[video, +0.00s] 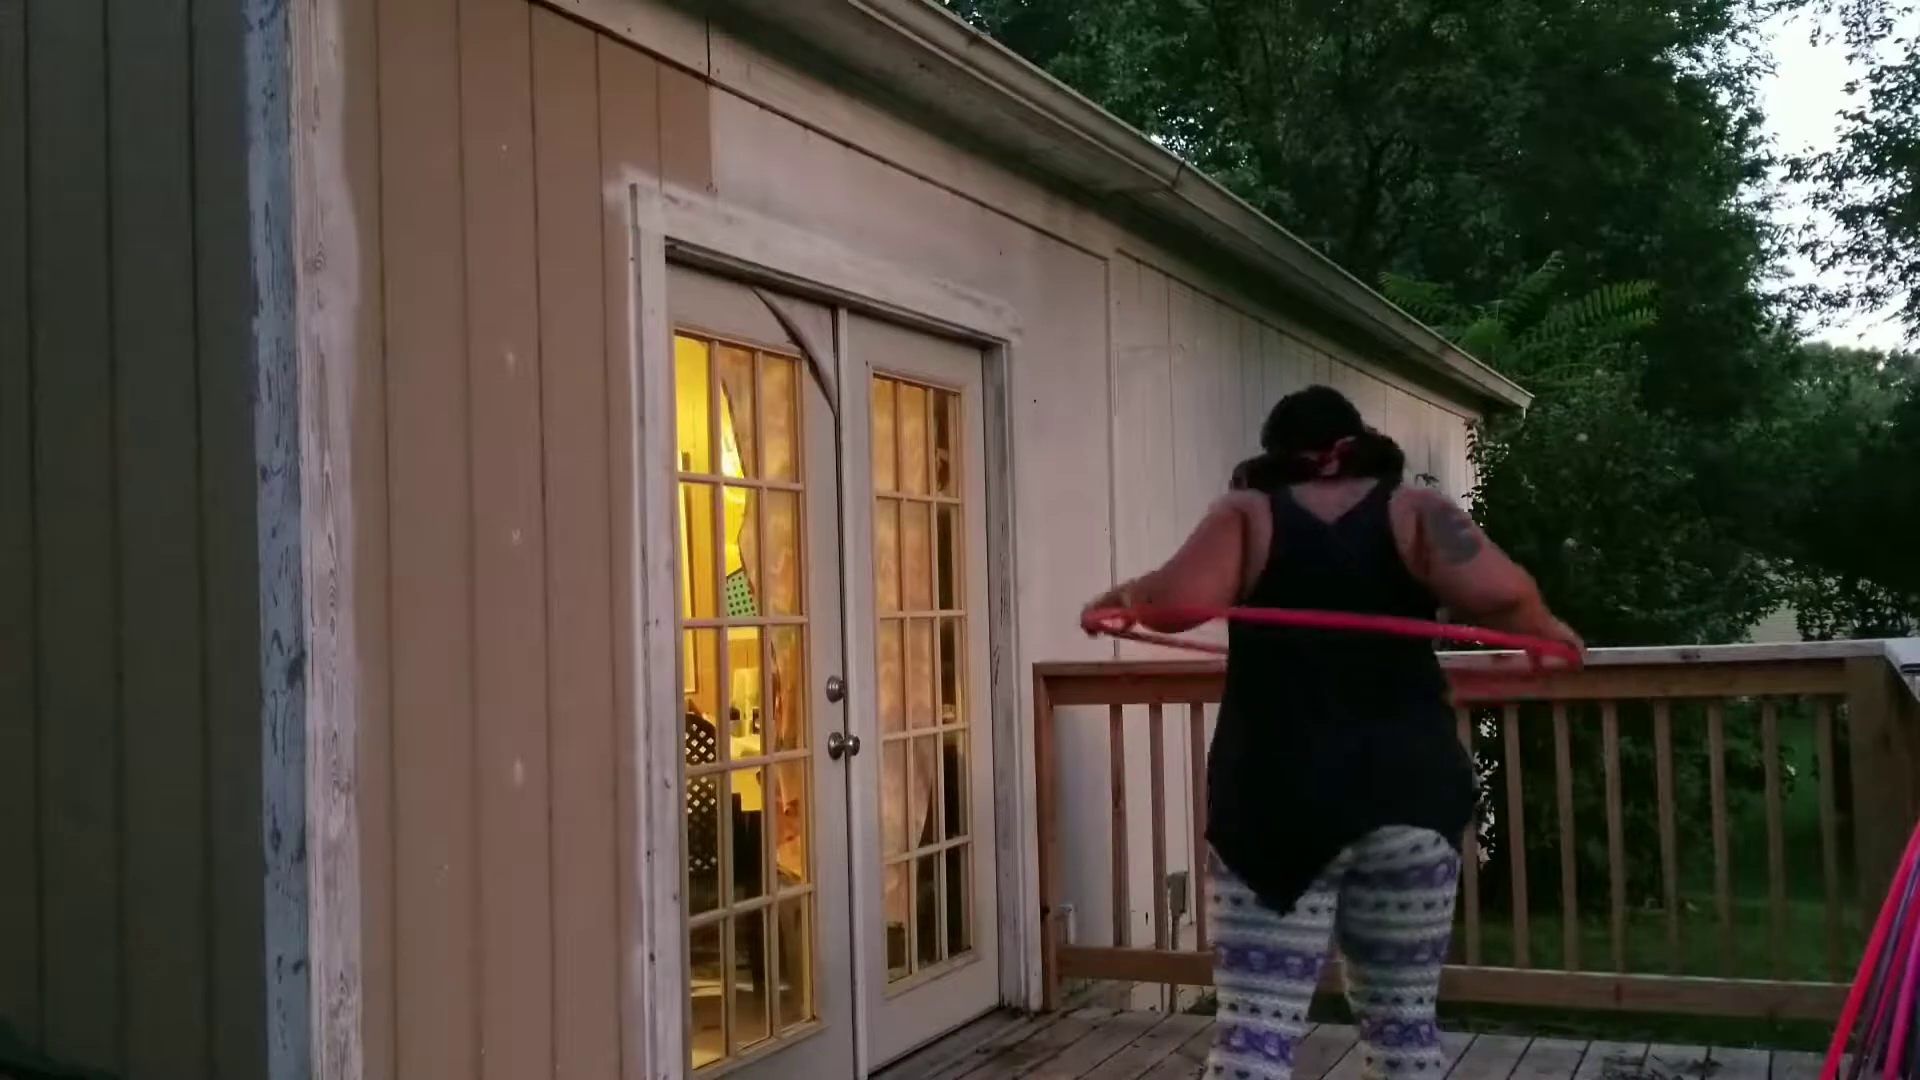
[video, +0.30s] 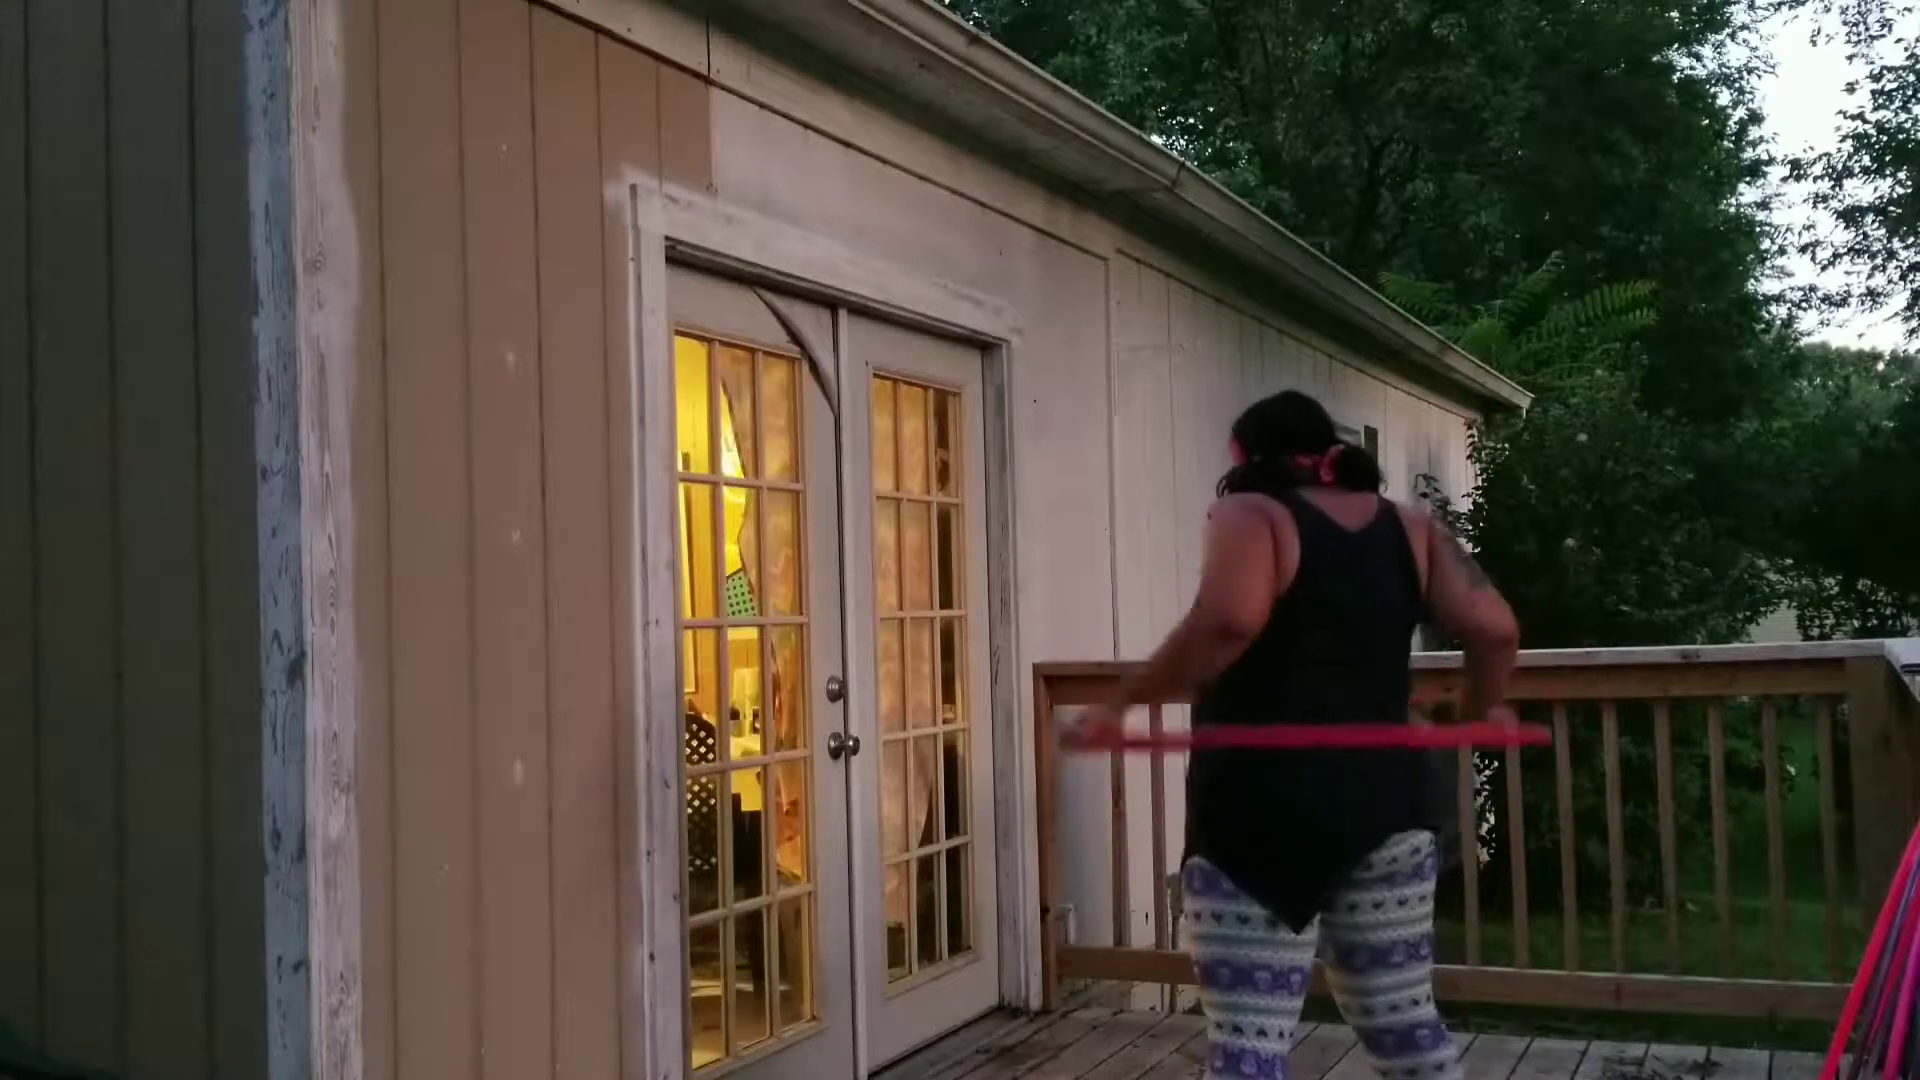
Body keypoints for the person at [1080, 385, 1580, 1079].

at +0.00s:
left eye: (1278, 459)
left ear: (1277, 459)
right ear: (1360, 449)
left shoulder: (1245, 513)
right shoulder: (1420, 509)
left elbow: (1186, 598)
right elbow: (1501, 591)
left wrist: (1130, 595)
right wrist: (1546, 634)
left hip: (1277, 801)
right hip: (1411, 795)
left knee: (1255, 1033)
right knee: (1405, 1024)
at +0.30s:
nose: (1232, 475)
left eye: (1235, 464)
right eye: (1234, 466)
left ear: (1252, 460)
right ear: (1332, 458)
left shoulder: (1248, 512)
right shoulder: (1408, 524)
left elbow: (1231, 618)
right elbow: (1494, 628)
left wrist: (1125, 696)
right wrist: (1482, 707)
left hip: (1260, 818)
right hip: (1390, 811)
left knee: (1248, 1050)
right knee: (1409, 1032)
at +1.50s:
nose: (1149, 540)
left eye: (1158, 520)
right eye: (1145, 524)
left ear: (1208, 500)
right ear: (1206, 503)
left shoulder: (1268, 539)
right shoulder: (1239, 577)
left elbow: (1401, 585)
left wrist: (1354, 717)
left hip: (1318, 845)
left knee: (1281, 1061)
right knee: (1422, 1039)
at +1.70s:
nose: (1137, 597)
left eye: (1134, 577)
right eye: (1127, 584)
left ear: (1164, 543)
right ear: (1164, 545)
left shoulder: (1263, 557)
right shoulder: (1216, 614)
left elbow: (1400, 605)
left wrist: (1358, 739)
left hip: (1320, 852)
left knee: (1281, 1063)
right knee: (1418, 1045)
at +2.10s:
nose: (1225, 592)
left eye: (1227, 571)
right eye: (1217, 578)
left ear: (1263, 538)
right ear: (1265, 542)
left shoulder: (1356, 565)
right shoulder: (1291, 605)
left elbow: (1375, 715)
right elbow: (1294, 746)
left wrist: (1380, 862)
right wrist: (1275, 878)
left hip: (1344, 883)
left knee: (1296, 1062)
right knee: (1388, 1051)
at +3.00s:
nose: (1164, 501)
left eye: (1181, 484)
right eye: (1166, 485)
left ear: (1237, 489)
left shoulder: (1289, 555)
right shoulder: (1238, 581)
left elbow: (1426, 598)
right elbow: (1261, 730)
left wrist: (1393, 743)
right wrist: (1219, 853)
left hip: (1314, 863)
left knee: (1275, 1064)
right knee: (1397, 1049)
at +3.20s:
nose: (1126, 520)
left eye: (1140, 501)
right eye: (1126, 504)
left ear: (1195, 497)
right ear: (1191, 500)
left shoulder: (1253, 562)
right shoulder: (1208, 588)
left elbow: (1392, 584)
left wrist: (1377, 727)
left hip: (1300, 866)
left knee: (1273, 1067)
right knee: (1400, 1048)